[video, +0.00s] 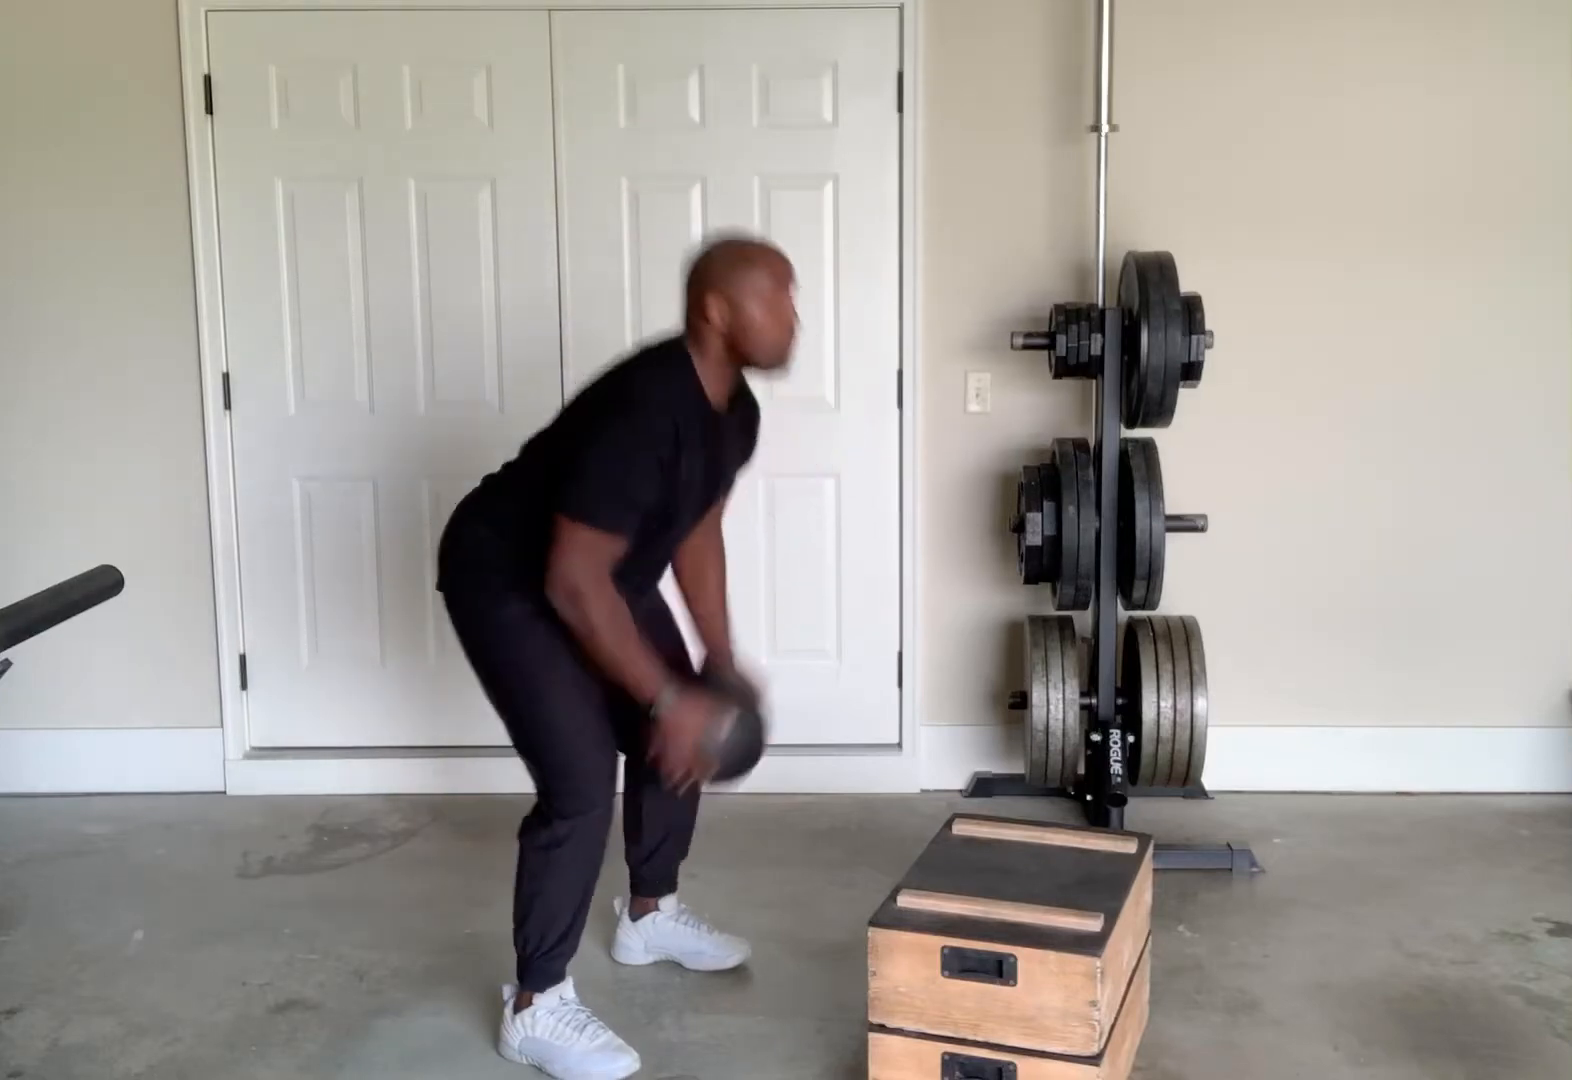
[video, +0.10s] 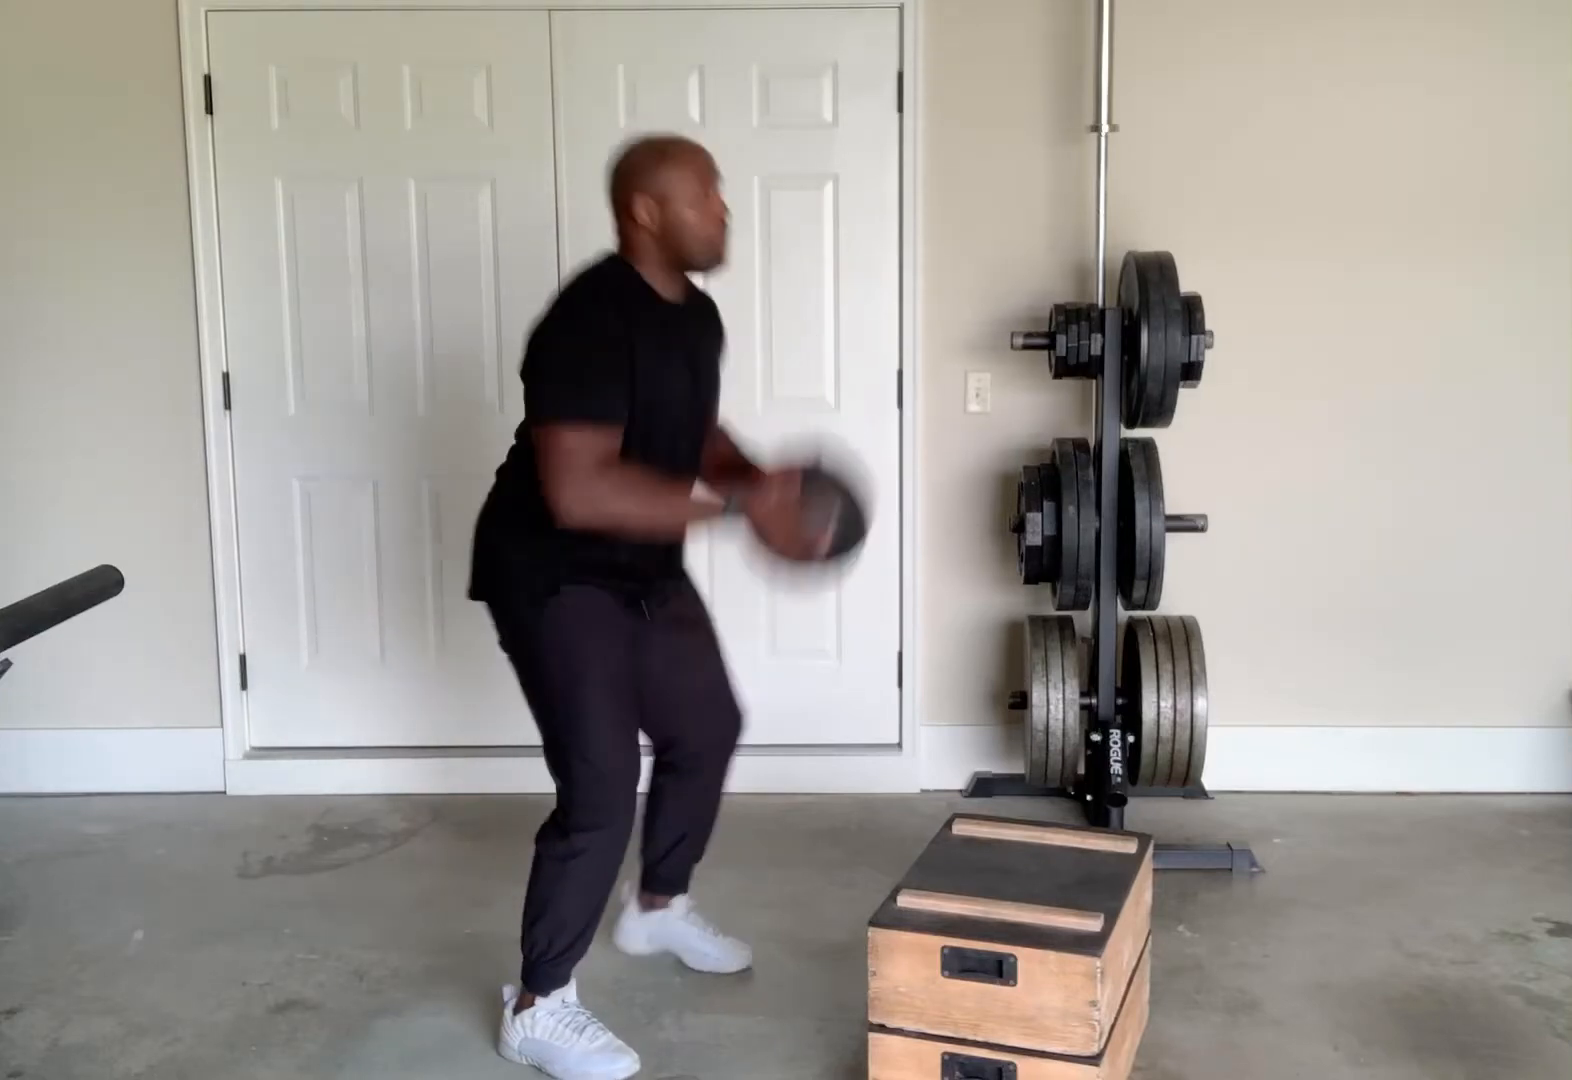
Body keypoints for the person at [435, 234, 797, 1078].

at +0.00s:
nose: (794, 315)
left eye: (792, 296)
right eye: (778, 296)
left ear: (731, 313)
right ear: (718, 310)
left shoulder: (736, 409)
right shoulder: (647, 403)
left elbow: (698, 531)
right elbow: (573, 577)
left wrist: (718, 658)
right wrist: (666, 700)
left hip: (602, 567)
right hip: (502, 570)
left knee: (682, 717)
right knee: (580, 778)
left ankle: (649, 915)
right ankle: (536, 1002)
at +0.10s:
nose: (725, 210)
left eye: (721, 194)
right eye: (706, 196)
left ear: (662, 213)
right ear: (646, 211)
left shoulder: (695, 317)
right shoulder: (586, 320)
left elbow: (684, 430)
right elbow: (577, 489)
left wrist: (758, 482)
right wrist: (727, 508)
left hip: (647, 568)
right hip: (553, 575)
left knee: (704, 730)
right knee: (602, 783)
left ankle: (656, 910)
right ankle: (539, 1000)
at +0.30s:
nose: (691, 151)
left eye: (685, 140)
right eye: (672, 139)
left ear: (658, 150)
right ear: (628, 151)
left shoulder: (696, 231)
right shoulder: (586, 235)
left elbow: (802, 175)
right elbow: (690, 154)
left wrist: (809, 30)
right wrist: (750, 22)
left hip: (703, 518)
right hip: (610, 543)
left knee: (876, 546)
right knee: (595, 781)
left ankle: (777, 743)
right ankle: (540, 1001)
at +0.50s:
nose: (774, 158)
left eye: (772, 140)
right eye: (754, 141)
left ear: (752, 150)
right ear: (697, 147)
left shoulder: (749, 227)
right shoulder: (646, 212)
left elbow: (747, 72)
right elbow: (665, 35)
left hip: (789, 515)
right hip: (673, 537)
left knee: (953, 577)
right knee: (611, 766)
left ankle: (957, 814)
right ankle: (548, 991)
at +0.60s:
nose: (776, 152)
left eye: (776, 134)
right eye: (756, 135)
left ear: (759, 140)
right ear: (697, 139)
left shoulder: (747, 214)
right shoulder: (649, 213)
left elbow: (757, 68)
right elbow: (664, 34)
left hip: (814, 510)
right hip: (700, 534)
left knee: (980, 582)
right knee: (636, 764)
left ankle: (960, 814)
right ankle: (555, 984)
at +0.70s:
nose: (781, 142)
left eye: (782, 123)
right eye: (759, 125)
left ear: (772, 127)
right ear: (701, 131)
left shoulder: (757, 209)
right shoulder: (658, 209)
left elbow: (763, 64)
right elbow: (665, 31)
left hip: (839, 506)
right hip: (724, 529)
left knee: (1004, 584)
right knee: (659, 759)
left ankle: (963, 814)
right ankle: (562, 978)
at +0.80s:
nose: (784, 146)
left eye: (786, 127)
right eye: (763, 128)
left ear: (775, 128)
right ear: (703, 130)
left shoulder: (759, 208)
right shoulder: (660, 206)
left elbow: (769, 66)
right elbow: (670, 28)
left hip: (838, 505)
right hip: (724, 527)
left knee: (1004, 584)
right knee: (663, 758)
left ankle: (962, 813)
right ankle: (565, 976)